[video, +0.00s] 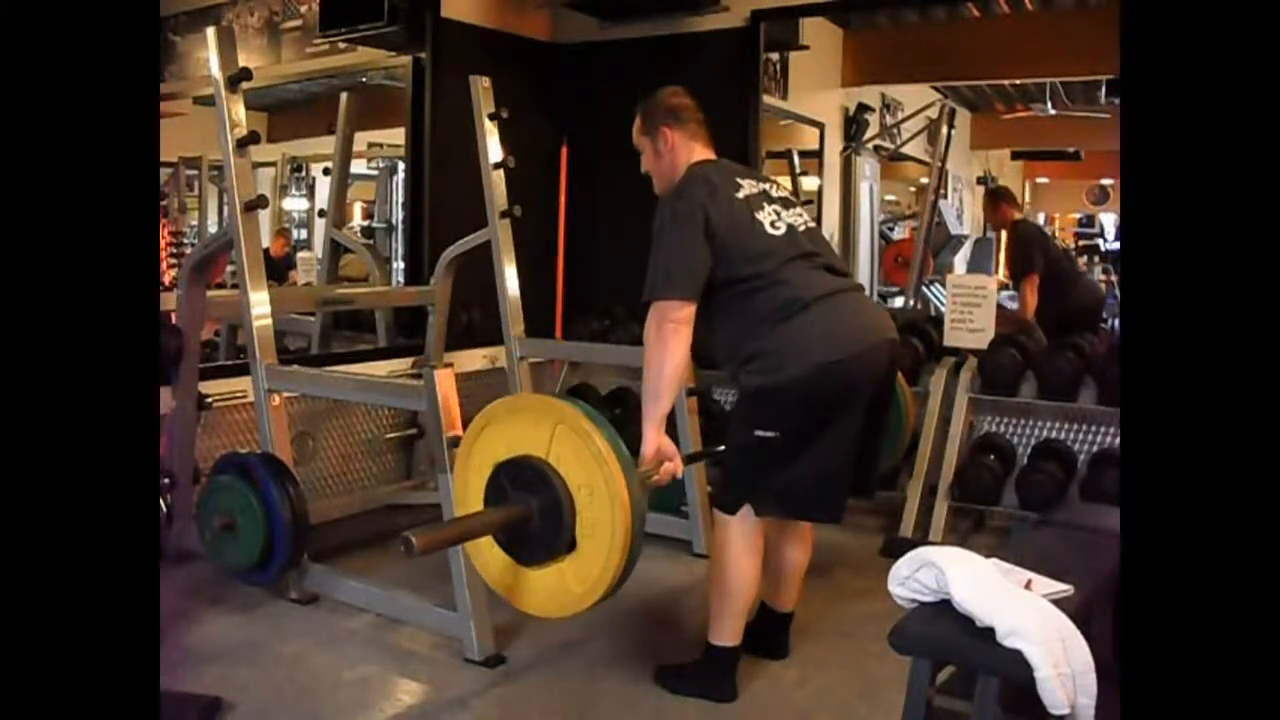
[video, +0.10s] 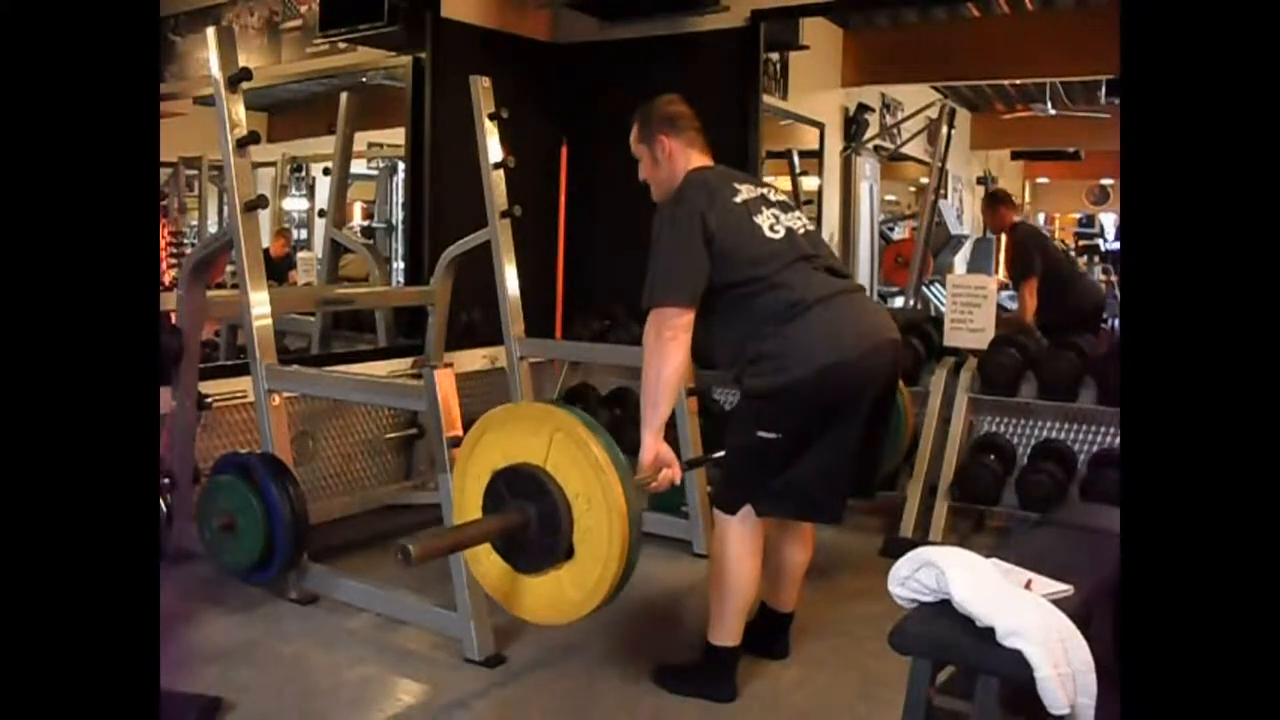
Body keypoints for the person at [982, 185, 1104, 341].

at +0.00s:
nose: (986, 218)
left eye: (988, 211)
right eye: (985, 212)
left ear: (1002, 208)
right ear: (1006, 207)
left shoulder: (1023, 231)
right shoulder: (1020, 231)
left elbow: (1030, 283)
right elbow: (1026, 284)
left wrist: (1023, 329)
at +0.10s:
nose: (986, 222)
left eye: (986, 216)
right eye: (984, 217)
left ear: (1001, 211)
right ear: (1006, 210)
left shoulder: (1022, 236)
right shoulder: (1019, 234)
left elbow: (1028, 290)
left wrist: (1023, 332)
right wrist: (1006, 285)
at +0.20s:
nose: (985, 226)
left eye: (985, 219)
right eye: (983, 220)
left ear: (1000, 214)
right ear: (1004, 213)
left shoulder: (1021, 239)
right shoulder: (1018, 238)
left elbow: (1028, 295)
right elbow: (1026, 293)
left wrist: (1022, 337)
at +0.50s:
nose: (983, 238)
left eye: (983, 231)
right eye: (981, 232)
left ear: (997, 224)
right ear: (1000, 223)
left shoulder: (1017, 246)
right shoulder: (1021, 244)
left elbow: (1028, 299)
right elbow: (1026, 299)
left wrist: (1024, 344)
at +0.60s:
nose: (981, 241)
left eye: (981, 233)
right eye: (979, 235)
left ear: (997, 228)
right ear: (1004, 227)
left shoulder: (1017, 251)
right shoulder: (1022, 247)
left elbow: (1027, 306)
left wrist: (1024, 350)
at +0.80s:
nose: (976, 247)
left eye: (977, 241)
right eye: (975, 242)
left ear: (991, 238)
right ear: (1001, 236)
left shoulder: (1014, 262)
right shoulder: (1020, 257)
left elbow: (1025, 317)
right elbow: (1026, 316)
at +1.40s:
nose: (978, 251)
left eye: (978, 245)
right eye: (976, 245)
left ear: (992, 242)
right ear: (999, 240)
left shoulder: (1014, 265)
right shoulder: (1017, 260)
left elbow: (1027, 318)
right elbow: (1026, 317)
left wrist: (1022, 357)